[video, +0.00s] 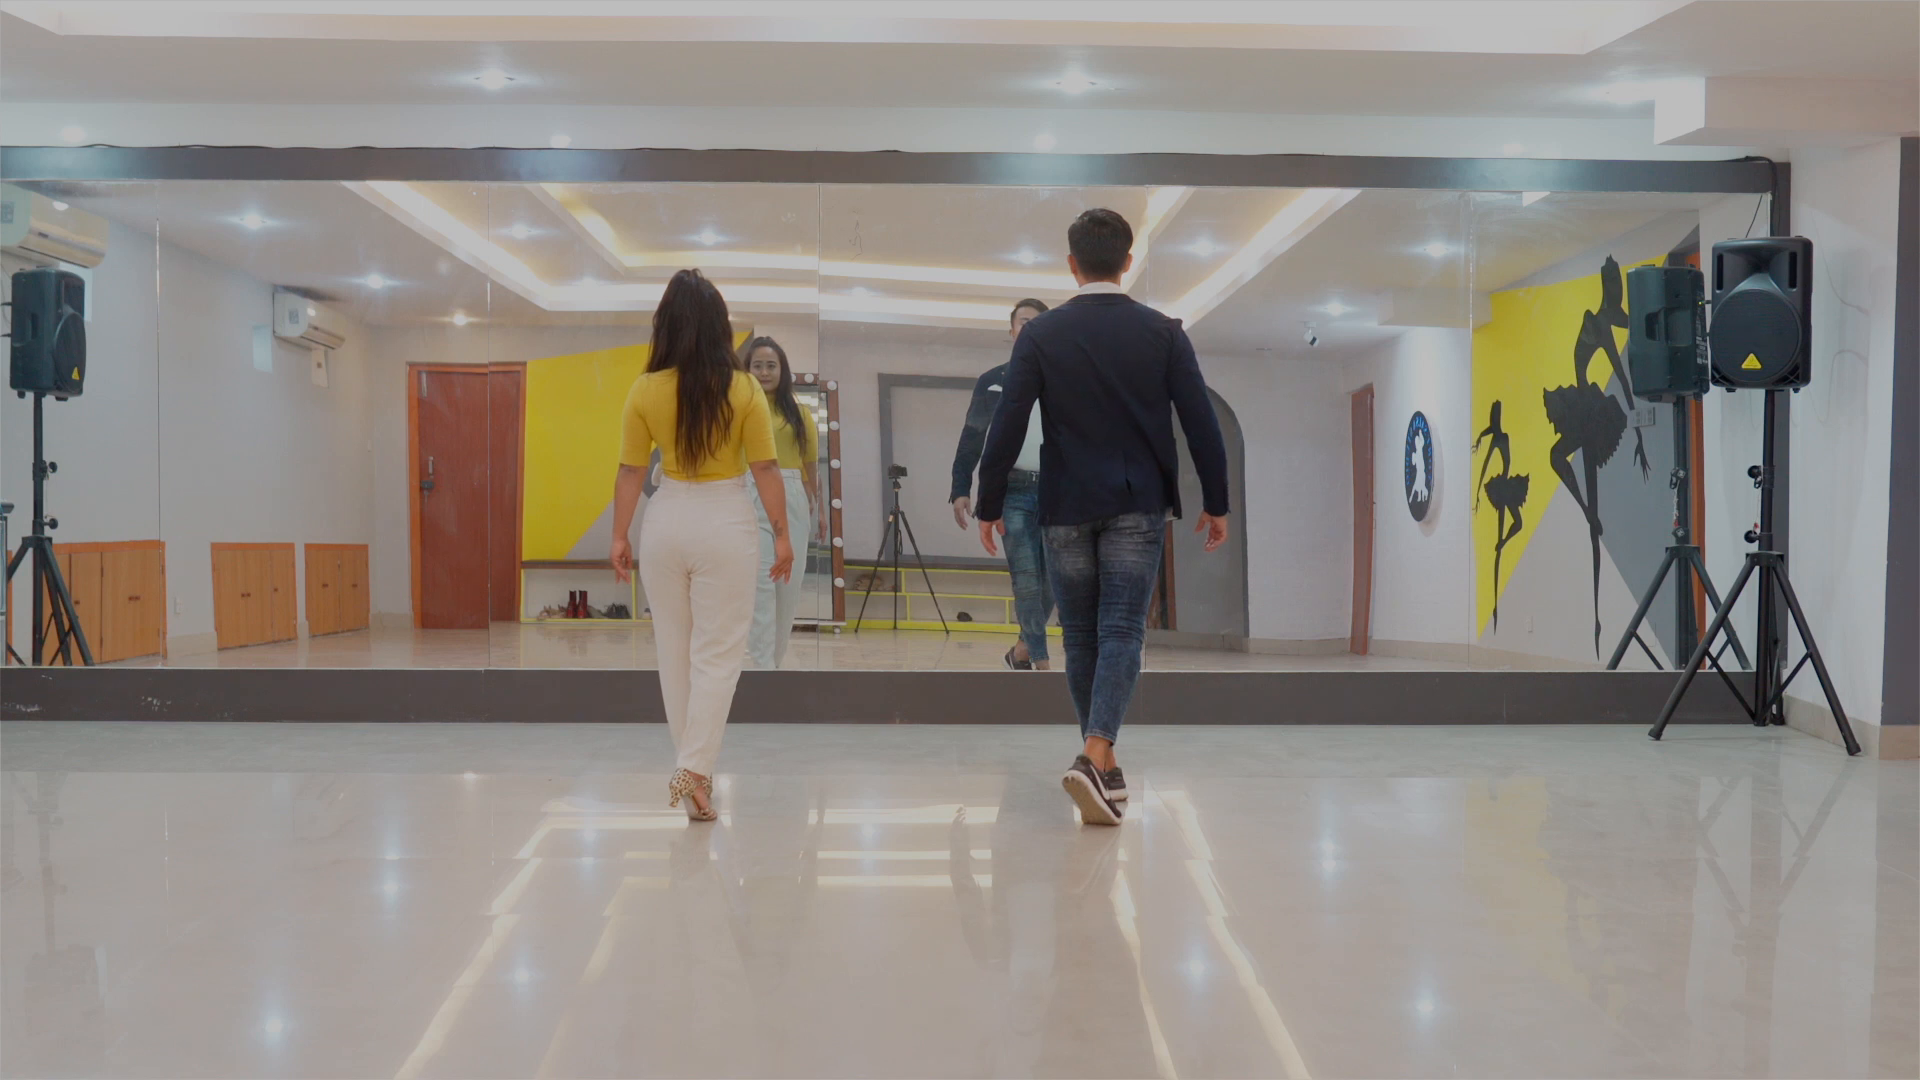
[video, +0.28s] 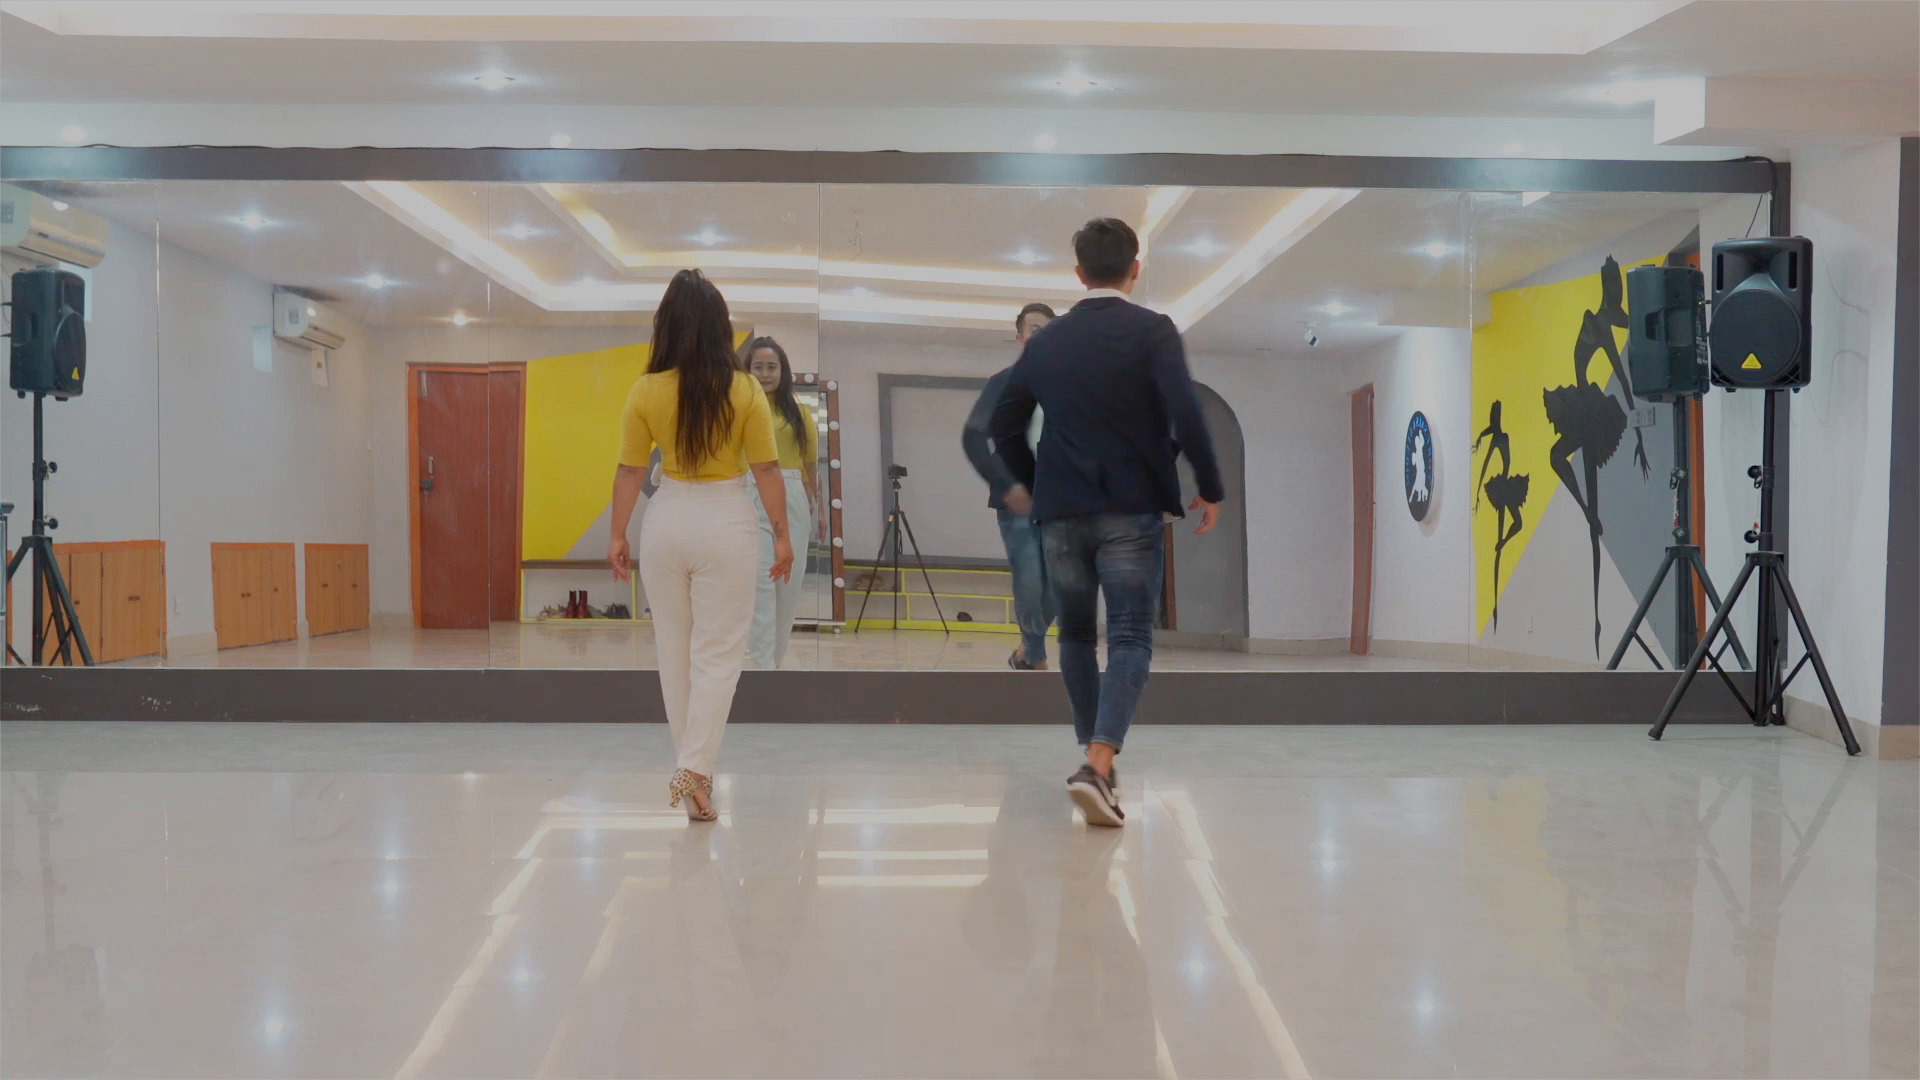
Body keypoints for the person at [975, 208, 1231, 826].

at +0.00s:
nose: (1075, 267)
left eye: (1071, 259)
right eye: (1125, 257)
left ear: (1070, 263)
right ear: (1130, 261)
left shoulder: (1042, 332)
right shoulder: (1161, 330)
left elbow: (1009, 422)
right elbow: (1200, 418)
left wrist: (989, 500)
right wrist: (1216, 500)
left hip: (1065, 500)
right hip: (1139, 499)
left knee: (1080, 634)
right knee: (1122, 630)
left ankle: (1107, 771)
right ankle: (1091, 758)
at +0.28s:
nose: (1138, 270)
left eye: (1082, 266)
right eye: (1138, 263)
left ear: (1077, 272)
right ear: (1136, 268)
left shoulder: (1048, 339)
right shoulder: (1154, 330)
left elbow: (1004, 423)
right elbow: (1186, 415)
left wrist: (1034, 484)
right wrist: (1210, 487)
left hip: (1060, 504)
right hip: (1131, 504)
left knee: (1077, 633)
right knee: (1129, 638)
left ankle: (1095, 763)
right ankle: (1097, 764)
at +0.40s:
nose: (1149, 278)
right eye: (1148, 269)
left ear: (1088, 276)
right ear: (1145, 274)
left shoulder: (1079, 334)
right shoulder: (1119, 335)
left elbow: (1058, 420)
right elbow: (1116, 421)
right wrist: (1170, 480)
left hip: (1067, 508)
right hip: (1096, 510)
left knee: (1103, 631)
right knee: (1139, 637)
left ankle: (1052, 760)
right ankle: (1081, 771)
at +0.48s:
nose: (1158, 287)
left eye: (1156, 276)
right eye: (1156, 275)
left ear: (1111, 275)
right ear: (1143, 275)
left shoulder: (1119, 336)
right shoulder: (1094, 334)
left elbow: (1115, 423)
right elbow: (1066, 418)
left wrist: (1142, 492)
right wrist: (1126, 477)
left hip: (1114, 513)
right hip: (1079, 514)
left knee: (1108, 635)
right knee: (1113, 637)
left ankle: (1039, 749)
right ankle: (1090, 775)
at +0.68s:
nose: (1109, 285)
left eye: (1121, 273)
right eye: (1100, 274)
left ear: (1149, 279)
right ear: (1090, 282)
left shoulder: (1176, 358)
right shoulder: (1060, 348)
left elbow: (1205, 437)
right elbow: (1000, 422)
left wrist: (1178, 505)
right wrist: (1055, 471)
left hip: (1138, 520)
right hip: (1074, 514)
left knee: (1100, 638)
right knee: (1101, 636)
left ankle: (1049, 742)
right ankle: (1089, 774)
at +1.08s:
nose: (1120, 293)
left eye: (1133, 281)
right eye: (1110, 283)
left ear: (1157, 288)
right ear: (1098, 291)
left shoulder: (1185, 355)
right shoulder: (1072, 353)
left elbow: (1206, 433)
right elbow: (991, 405)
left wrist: (1143, 431)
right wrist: (1019, 487)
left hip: (1149, 525)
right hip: (1082, 520)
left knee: (1116, 648)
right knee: (1111, 644)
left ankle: (1050, 741)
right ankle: (1146, 771)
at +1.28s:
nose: (1115, 296)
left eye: (1127, 284)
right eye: (1104, 287)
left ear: (1153, 291)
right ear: (1093, 296)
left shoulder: (1184, 359)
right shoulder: (1071, 357)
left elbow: (1152, 436)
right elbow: (1036, 436)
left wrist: (1059, 439)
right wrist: (1025, 506)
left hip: (1165, 529)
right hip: (1095, 524)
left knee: (1133, 656)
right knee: (1119, 653)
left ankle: (1071, 730)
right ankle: (1155, 775)